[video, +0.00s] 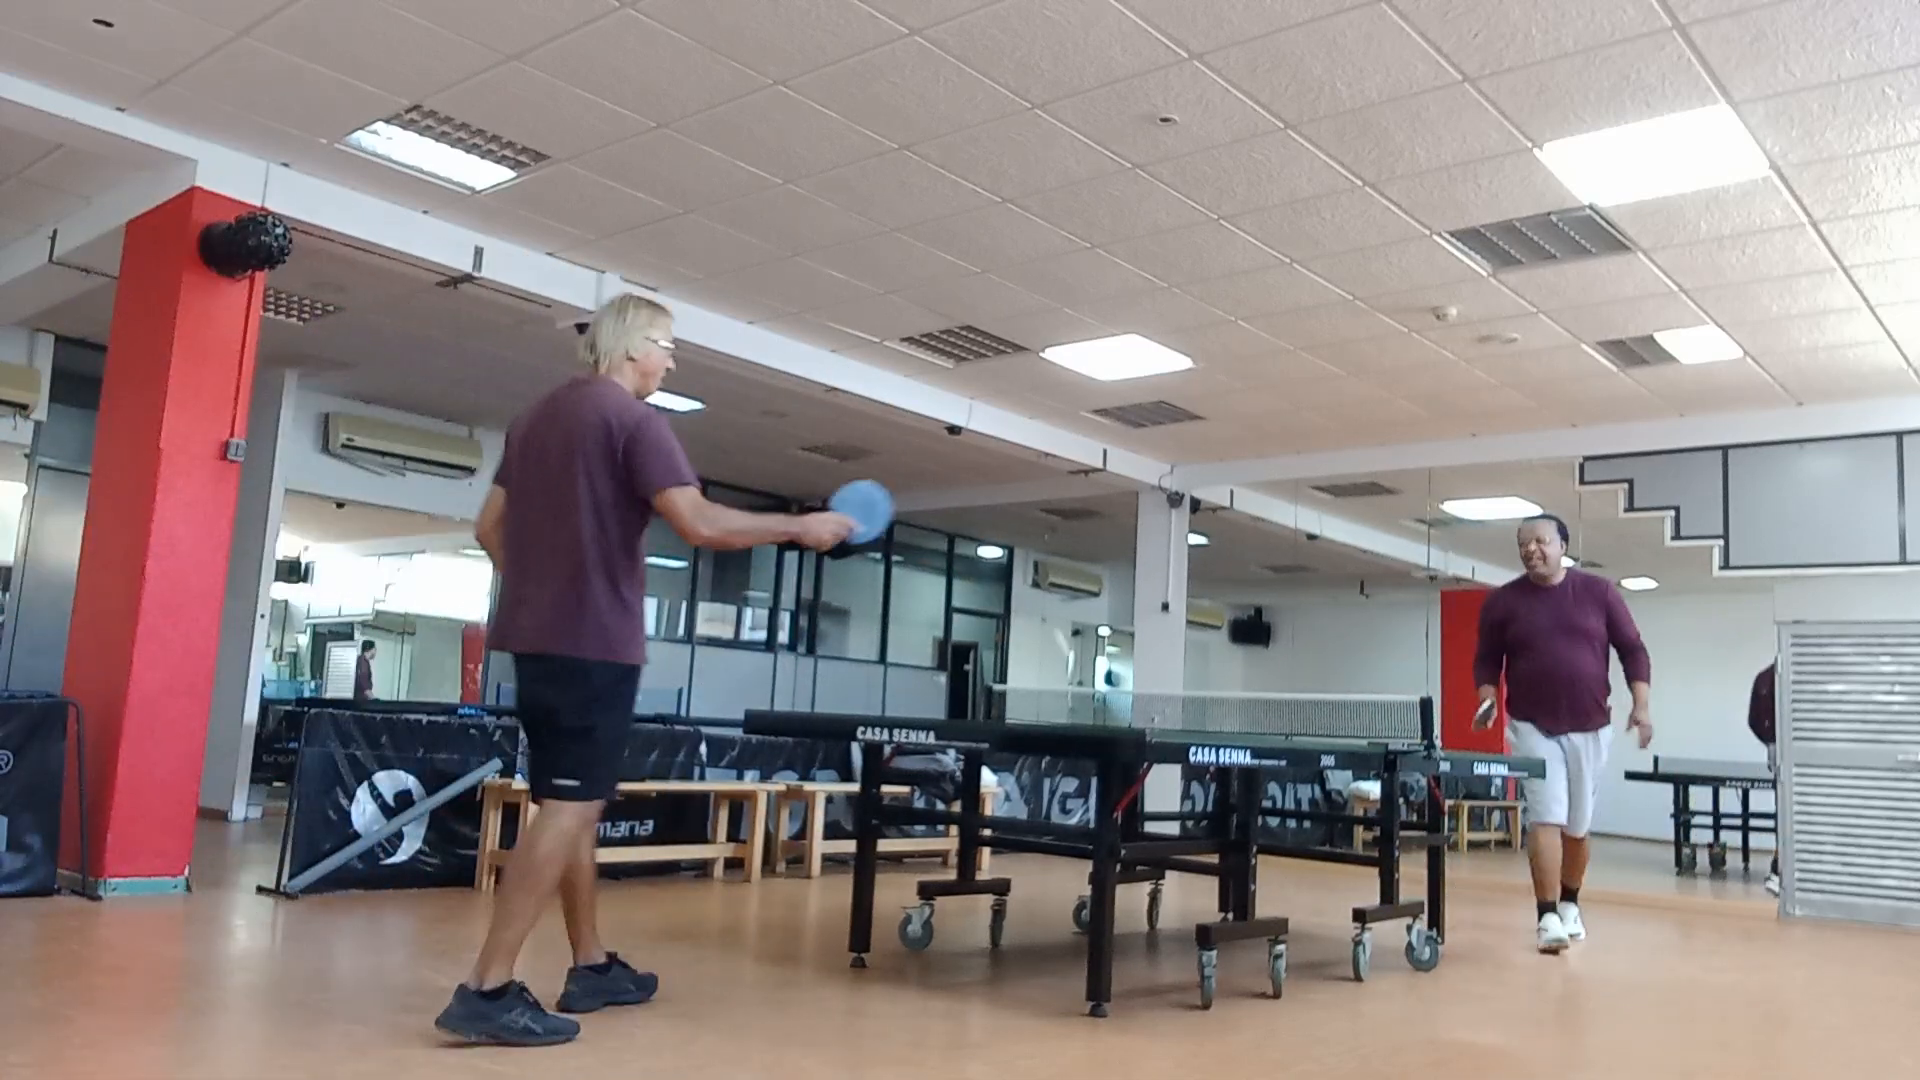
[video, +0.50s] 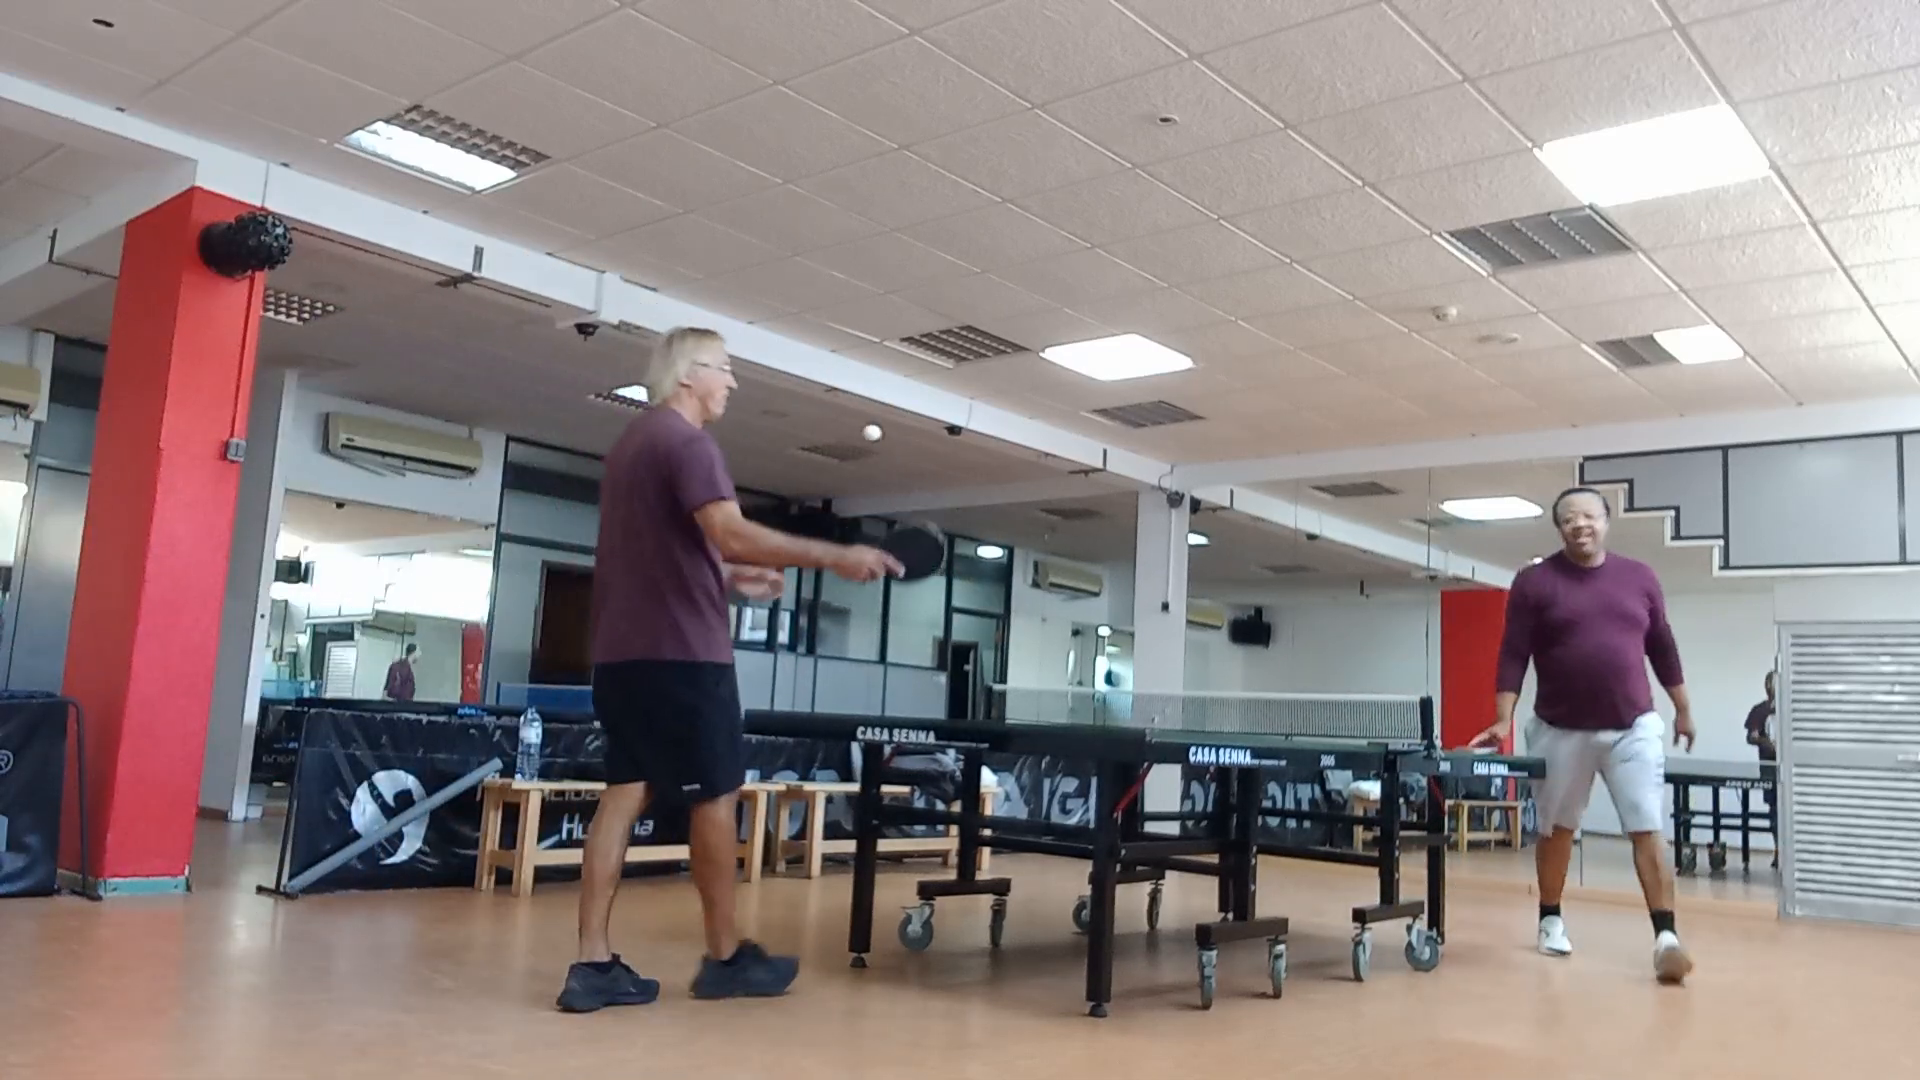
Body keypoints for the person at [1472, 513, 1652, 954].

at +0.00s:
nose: (1532, 549)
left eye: (1541, 541)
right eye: (1525, 544)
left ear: (1563, 546)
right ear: (1519, 552)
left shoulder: (1598, 592)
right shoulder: (1502, 601)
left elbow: (1632, 649)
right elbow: (1486, 659)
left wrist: (1641, 704)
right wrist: (1487, 696)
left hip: (1588, 726)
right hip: (1531, 726)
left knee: (1577, 826)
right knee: (1545, 819)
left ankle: (1569, 906)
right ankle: (1547, 917)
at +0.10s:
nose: (1533, 543)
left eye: (1541, 534)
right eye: (1525, 539)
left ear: (1562, 537)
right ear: (1519, 548)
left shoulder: (1599, 581)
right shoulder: (1504, 598)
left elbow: (1633, 643)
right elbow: (1487, 658)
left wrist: (1652, 706)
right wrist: (1488, 699)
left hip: (1598, 723)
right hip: (1538, 725)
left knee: (1596, 825)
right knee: (1548, 820)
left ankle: (1575, 894)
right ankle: (1548, 917)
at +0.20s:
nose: (1538, 535)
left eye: (1546, 525)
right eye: (1529, 531)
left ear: (1566, 528)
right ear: (1523, 540)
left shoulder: (1607, 576)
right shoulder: (1506, 592)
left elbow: (1637, 638)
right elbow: (1492, 657)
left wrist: (1661, 702)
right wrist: (1491, 703)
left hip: (1606, 721)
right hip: (1541, 725)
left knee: (1618, 821)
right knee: (1549, 821)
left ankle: (1591, 889)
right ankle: (1549, 918)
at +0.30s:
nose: (1550, 527)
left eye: (1557, 518)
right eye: (1540, 522)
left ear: (1576, 522)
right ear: (1531, 533)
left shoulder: (1614, 573)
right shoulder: (1511, 587)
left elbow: (1642, 638)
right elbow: (1499, 654)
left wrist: (1667, 700)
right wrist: (1495, 707)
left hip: (1613, 718)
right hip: (1546, 723)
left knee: (1632, 814)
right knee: (1547, 822)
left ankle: (1621, 916)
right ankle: (1550, 921)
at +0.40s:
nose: (1563, 527)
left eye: (1571, 517)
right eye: (1553, 522)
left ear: (1589, 522)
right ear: (1542, 532)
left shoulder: (1624, 575)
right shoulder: (1520, 585)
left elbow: (1650, 642)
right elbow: (1506, 653)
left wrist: (1672, 703)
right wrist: (1500, 712)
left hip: (1622, 721)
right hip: (1553, 726)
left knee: (1639, 821)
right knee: (1551, 823)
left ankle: (1656, 932)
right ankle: (1549, 921)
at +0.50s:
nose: (1580, 527)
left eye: (1589, 518)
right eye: (1570, 521)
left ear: (1606, 523)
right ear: (1559, 530)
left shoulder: (1639, 577)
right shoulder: (1533, 583)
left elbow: (1662, 645)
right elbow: (1513, 653)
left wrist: (1682, 707)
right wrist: (1505, 718)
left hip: (1632, 725)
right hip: (1561, 728)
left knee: (1646, 827)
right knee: (1558, 827)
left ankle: (1666, 936)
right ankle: (1550, 920)